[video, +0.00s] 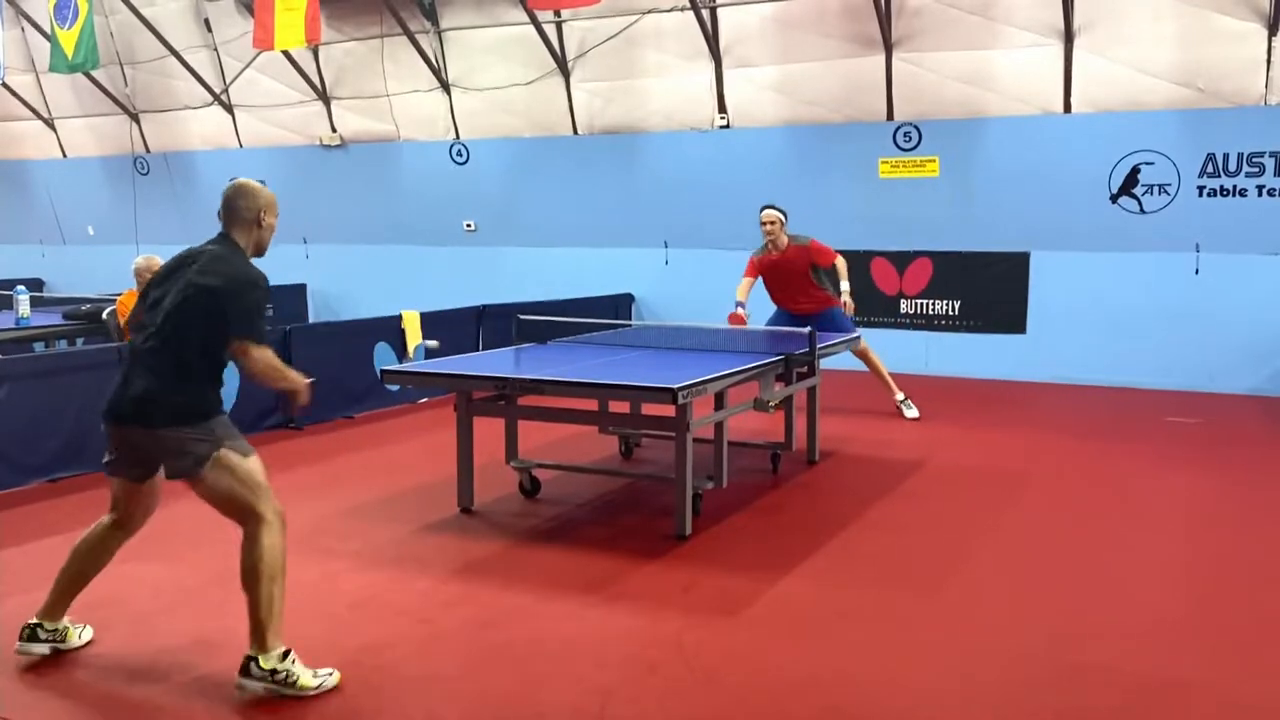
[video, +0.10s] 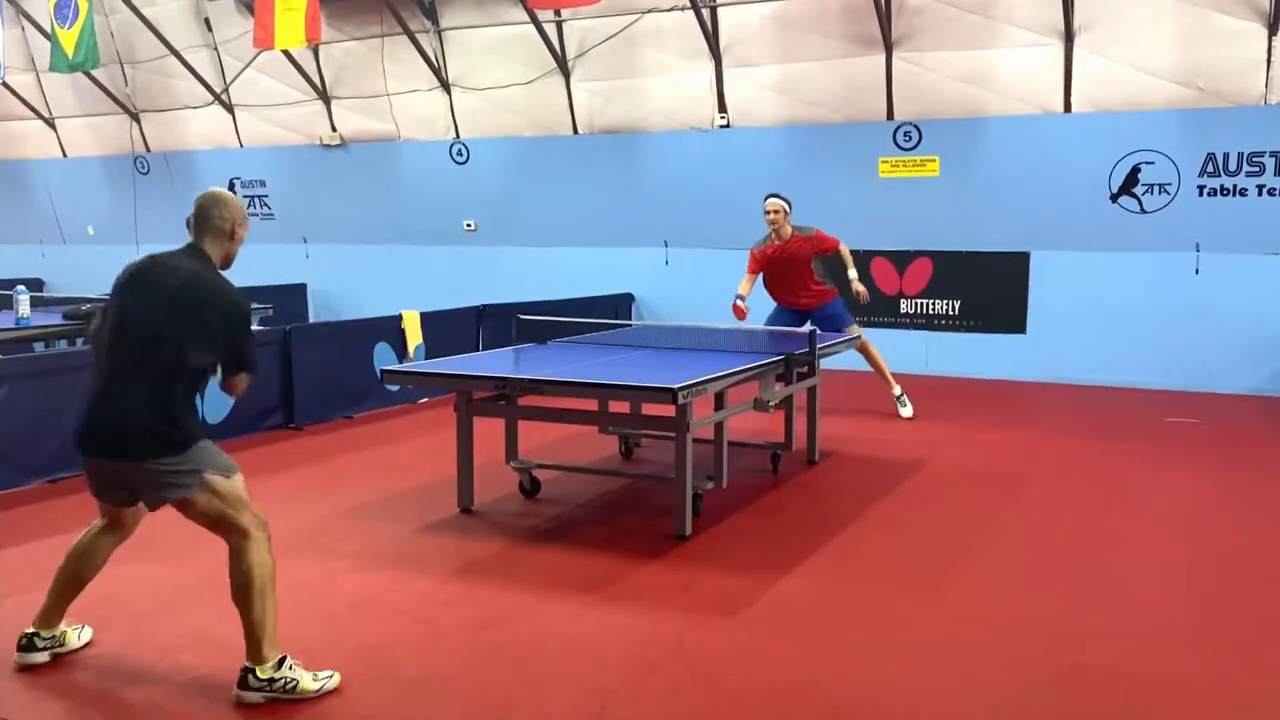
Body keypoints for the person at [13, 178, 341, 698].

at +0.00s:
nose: (275, 228)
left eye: (274, 219)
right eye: (274, 220)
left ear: (225, 219)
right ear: (260, 222)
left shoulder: (177, 264)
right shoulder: (244, 276)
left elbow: (137, 329)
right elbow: (248, 353)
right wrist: (293, 382)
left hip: (127, 412)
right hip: (185, 414)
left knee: (124, 517)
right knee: (264, 516)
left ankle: (45, 623)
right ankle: (267, 656)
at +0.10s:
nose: (241, 243)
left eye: (241, 234)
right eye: (242, 234)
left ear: (193, 227)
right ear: (232, 235)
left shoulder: (138, 272)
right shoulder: (226, 299)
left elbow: (103, 342)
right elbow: (235, 383)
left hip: (101, 431)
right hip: (162, 439)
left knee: (116, 521)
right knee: (249, 528)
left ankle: (41, 632)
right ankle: (264, 665)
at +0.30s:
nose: (166, 187)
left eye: (165, 177)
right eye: (164, 177)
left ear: (110, 176)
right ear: (146, 178)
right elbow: (175, 338)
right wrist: (144, 302)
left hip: (25, 394)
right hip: (100, 404)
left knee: (37, 505)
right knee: (161, 509)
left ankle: (26, 620)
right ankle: (170, 646)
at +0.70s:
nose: (42, 201)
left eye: (40, 191)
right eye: (36, 191)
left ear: (8, 194)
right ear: (11, 194)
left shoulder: (10, 256)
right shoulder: (13, 258)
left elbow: (29, 334)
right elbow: (32, 336)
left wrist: (102, 339)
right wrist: (111, 339)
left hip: (3, 432)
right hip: (0, 434)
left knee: (86, 504)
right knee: (86, 505)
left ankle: (98, 650)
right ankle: (97, 651)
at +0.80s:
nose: (46, 191)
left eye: (44, 180)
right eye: (39, 180)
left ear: (10, 185)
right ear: (14, 185)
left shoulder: (10, 241)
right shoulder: (12, 243)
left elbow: (22, 318)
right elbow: (26, 319)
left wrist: (98, 336)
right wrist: (107, 337)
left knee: (70, 504)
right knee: (71, 506)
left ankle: (53, 662)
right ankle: (52, 665)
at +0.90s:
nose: (52, 210)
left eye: (51, 200)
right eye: (46, 200)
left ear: (16, 203)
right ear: (19, 203)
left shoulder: (11, 265)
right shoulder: (9, 267)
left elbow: (11, 345)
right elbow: (7, 344)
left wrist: (88, 378)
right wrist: (89, 377)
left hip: (2, 445)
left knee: (44, 542)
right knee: (49, 541)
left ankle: (29, 700)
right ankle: (30, 704)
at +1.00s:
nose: (67, 236)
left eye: (67, 224)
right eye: (63, 224)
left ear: (27, 225)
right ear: (36, 224)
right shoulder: (10, 289)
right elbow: (1, 385)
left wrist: (79, 428)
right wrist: (76, 426)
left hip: (0, 480)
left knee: (36, 581)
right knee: (42, 582)